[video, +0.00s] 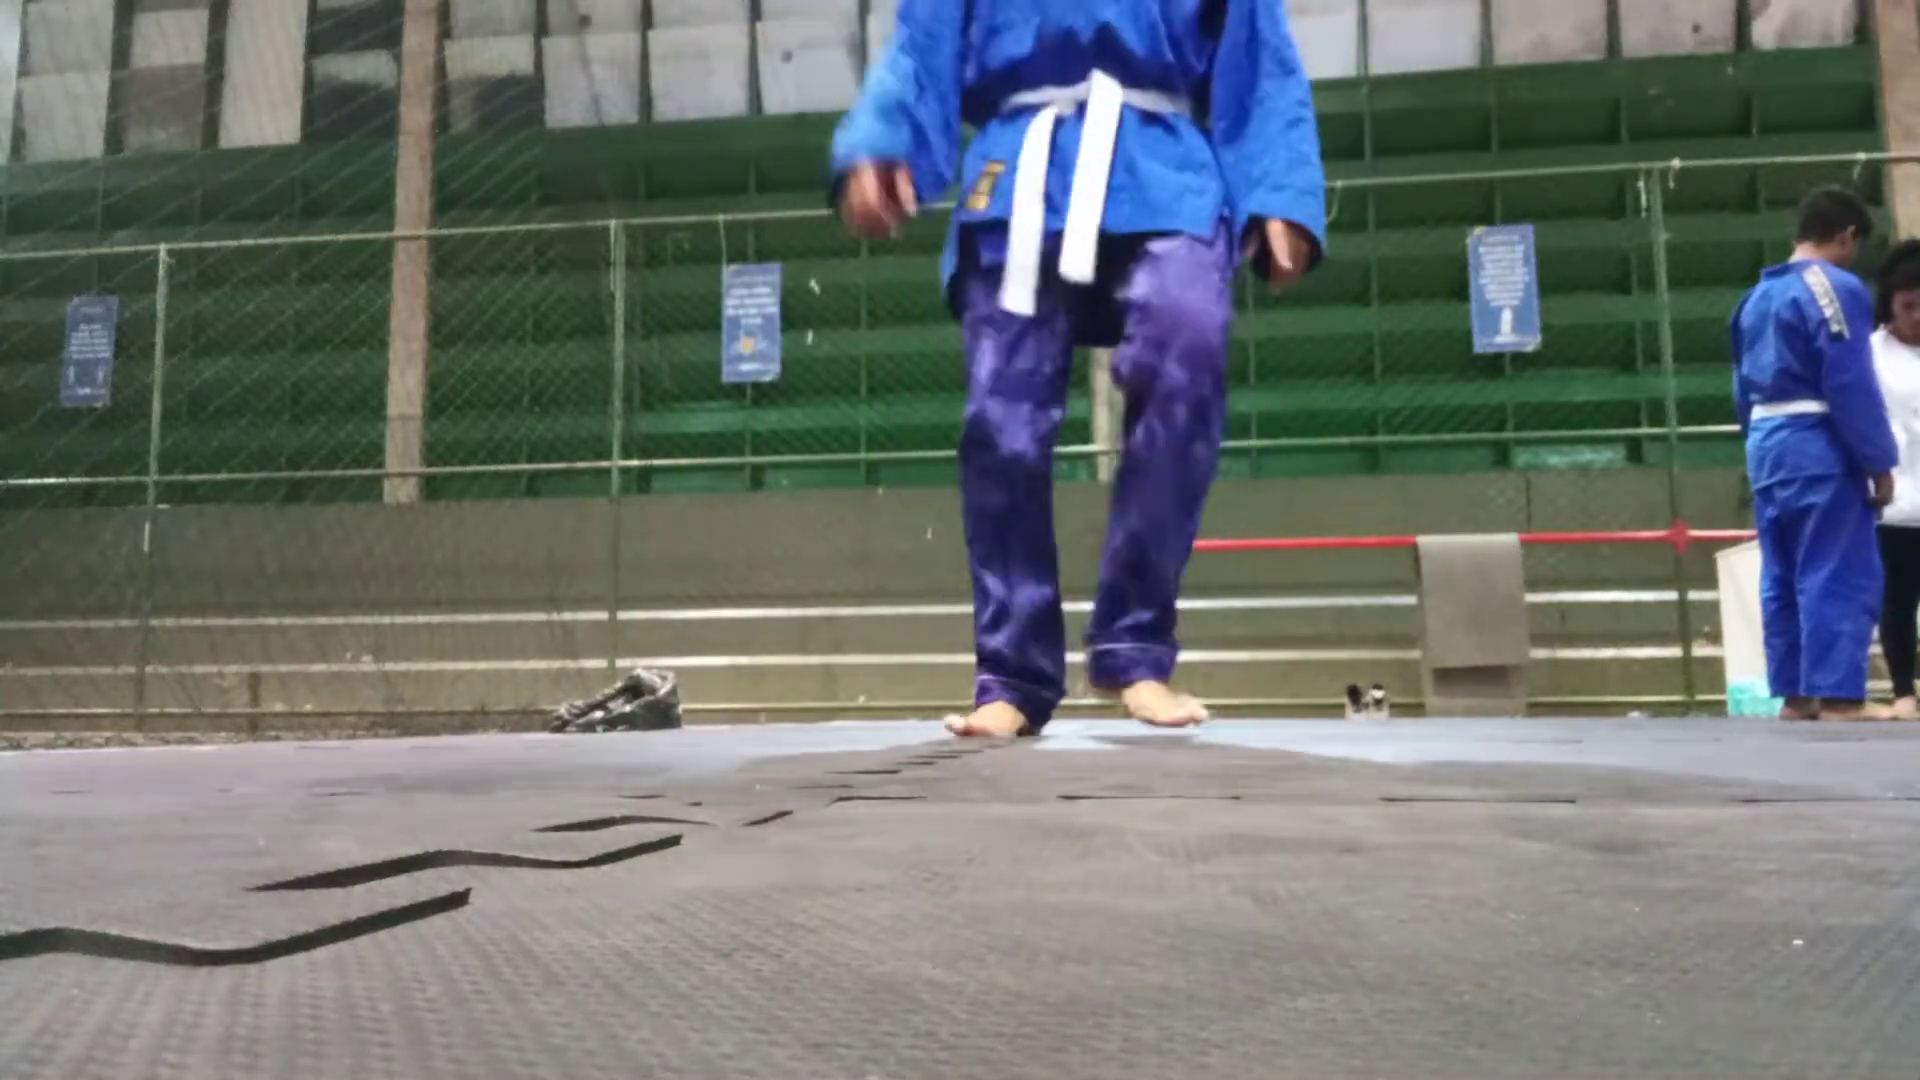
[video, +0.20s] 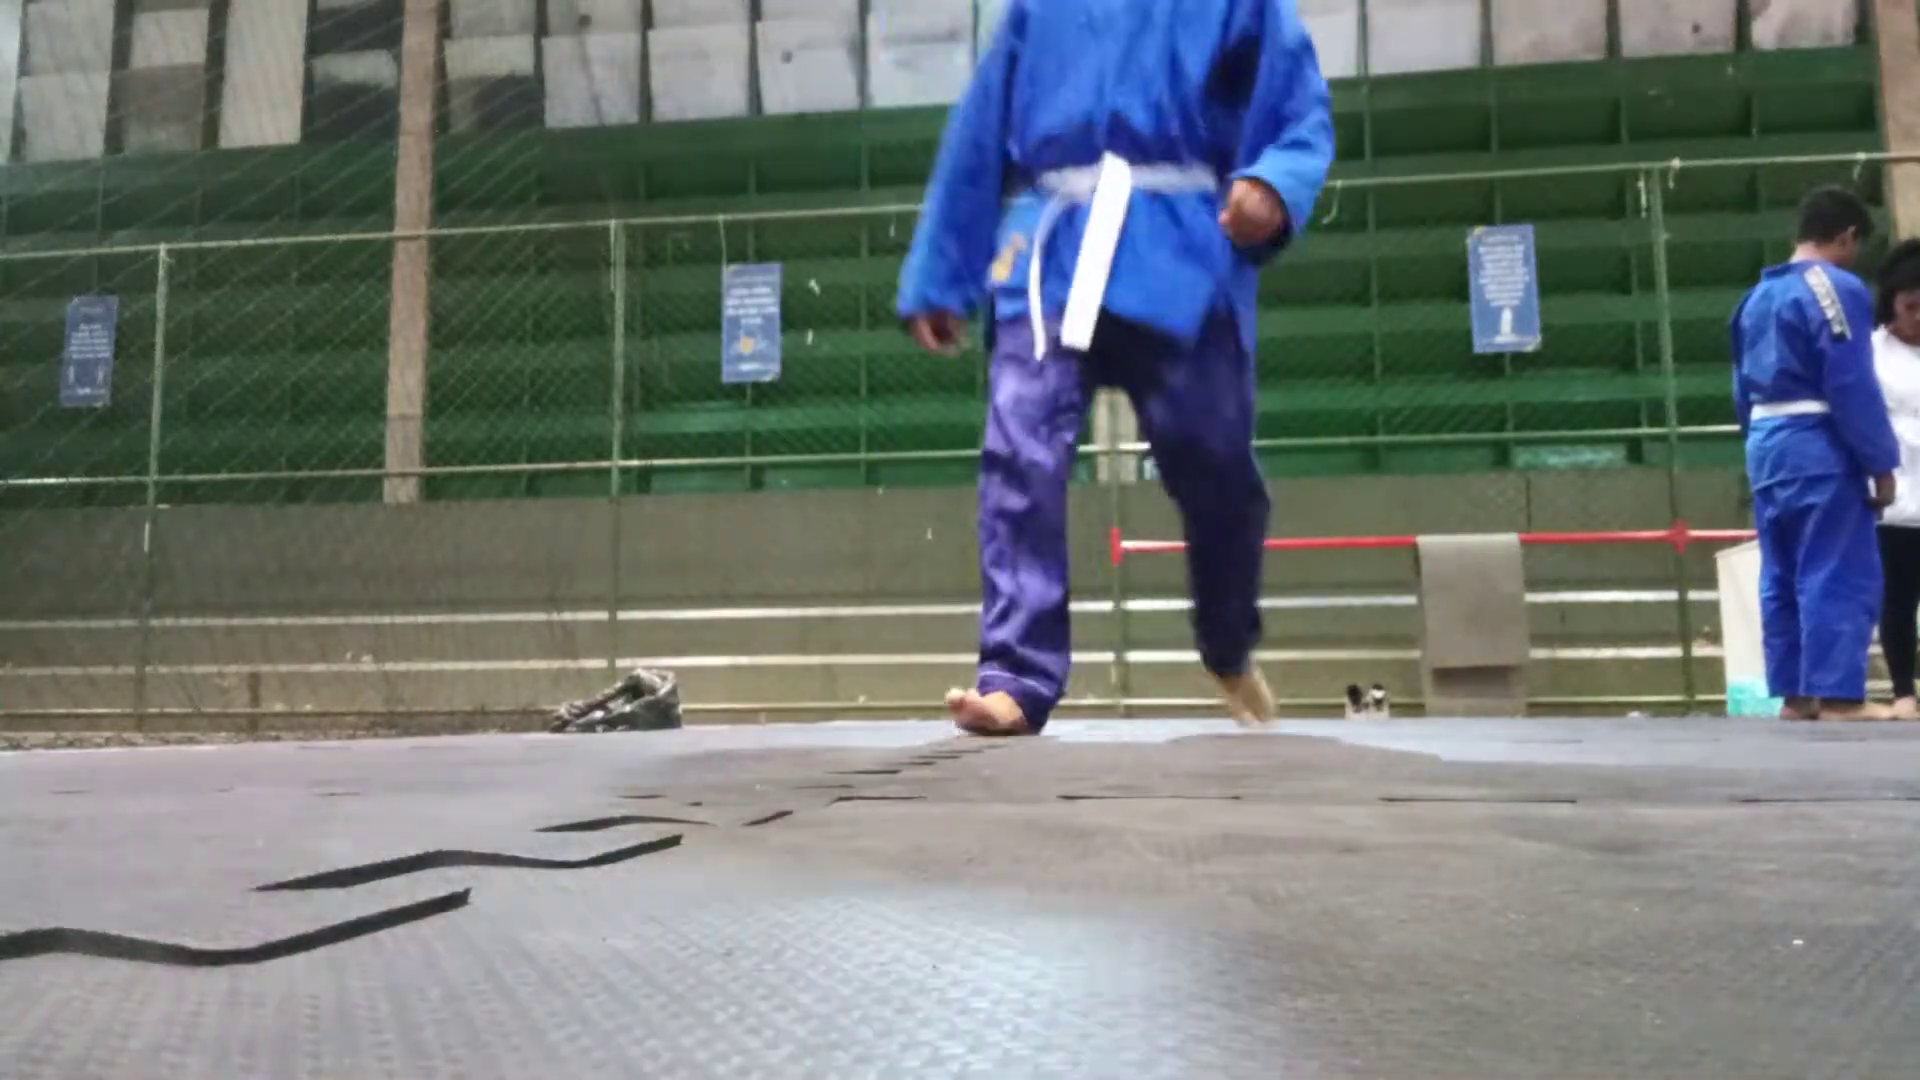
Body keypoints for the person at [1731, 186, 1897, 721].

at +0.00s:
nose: (1855, 252)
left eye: (1857, 244)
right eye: (1856, 243)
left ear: (1801, 233)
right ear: (1845, 236)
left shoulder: (1757, 296)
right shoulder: (1833, 289)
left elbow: (1745, 390)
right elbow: (1850, 387)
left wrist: (1764, 443)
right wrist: (1881, 464)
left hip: (1764, 440)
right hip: (1815, 438)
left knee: (1784, 572)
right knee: (1840, 567)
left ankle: (1794, 696)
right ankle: (1838, 697)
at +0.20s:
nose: (1856, 253)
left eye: (1858, 245)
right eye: (1857, 244)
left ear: (1801, 234)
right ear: (1845, 236)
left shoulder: (1757, 296)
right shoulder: (1835, 289)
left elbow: (1745, 391)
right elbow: (1851, 388)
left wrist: (1764, 444)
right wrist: (1883, 464)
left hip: (1764, 440)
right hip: (1816, 438)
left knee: (1783, 572)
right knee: (1840, 567)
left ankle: (1794, 696)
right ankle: (1837, 696)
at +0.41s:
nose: (1856, 253)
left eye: (1859, 245)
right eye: (1858, 244)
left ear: (1802, 233)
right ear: (1846, 236)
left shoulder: (1757, 297)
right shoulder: (1837, 289)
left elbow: (1745, 392)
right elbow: (1853, 388)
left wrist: (1764, 446)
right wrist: (1885, 464)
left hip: (1764, 441)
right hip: (1817, 439)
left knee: (1784, 571)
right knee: (1838, 567)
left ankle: (1795, 695)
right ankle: (1838, 696)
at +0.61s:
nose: (1859, 254)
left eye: (1861, 245)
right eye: (1860, 244)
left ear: (1804, 234)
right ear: (1846, 236)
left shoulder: (1758, 296)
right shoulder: (1837, 290)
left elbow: (1746, 392)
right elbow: (1853, 389)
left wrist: (1766, 445)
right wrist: (1885, 464)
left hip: (1765, 441)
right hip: (1817, 439)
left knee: (1784, 573)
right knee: (1838, 568)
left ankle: (1795, 696)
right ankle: (1838, 698)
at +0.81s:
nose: (1860, 254)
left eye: (1862, 245)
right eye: (1860, 243)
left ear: (1805, 233)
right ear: (1847, 236)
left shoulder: (1758, 296)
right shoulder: (1837, 289)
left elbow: (1746, 392)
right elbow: (1853, 389)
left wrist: (1765, 446)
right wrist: (1884, 466)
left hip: (1765, 440)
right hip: (1817, 439)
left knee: (1784, 573)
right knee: (1839, 568)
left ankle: (1794, 696)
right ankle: (1838, 698)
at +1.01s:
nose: (1860, 254)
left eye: (1862, 244)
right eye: (1861, 243)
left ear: (1805, 232)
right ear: (1847, 235)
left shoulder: (1758, 295)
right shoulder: (1838, 288)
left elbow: (1745, 392)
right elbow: (1854, 389)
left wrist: (1766, 444)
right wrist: (1885, 465)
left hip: (1765, 440)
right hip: (1818, 439)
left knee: (1784, 572)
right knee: (1838, 569)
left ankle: (1795, 696)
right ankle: (1838, 698)